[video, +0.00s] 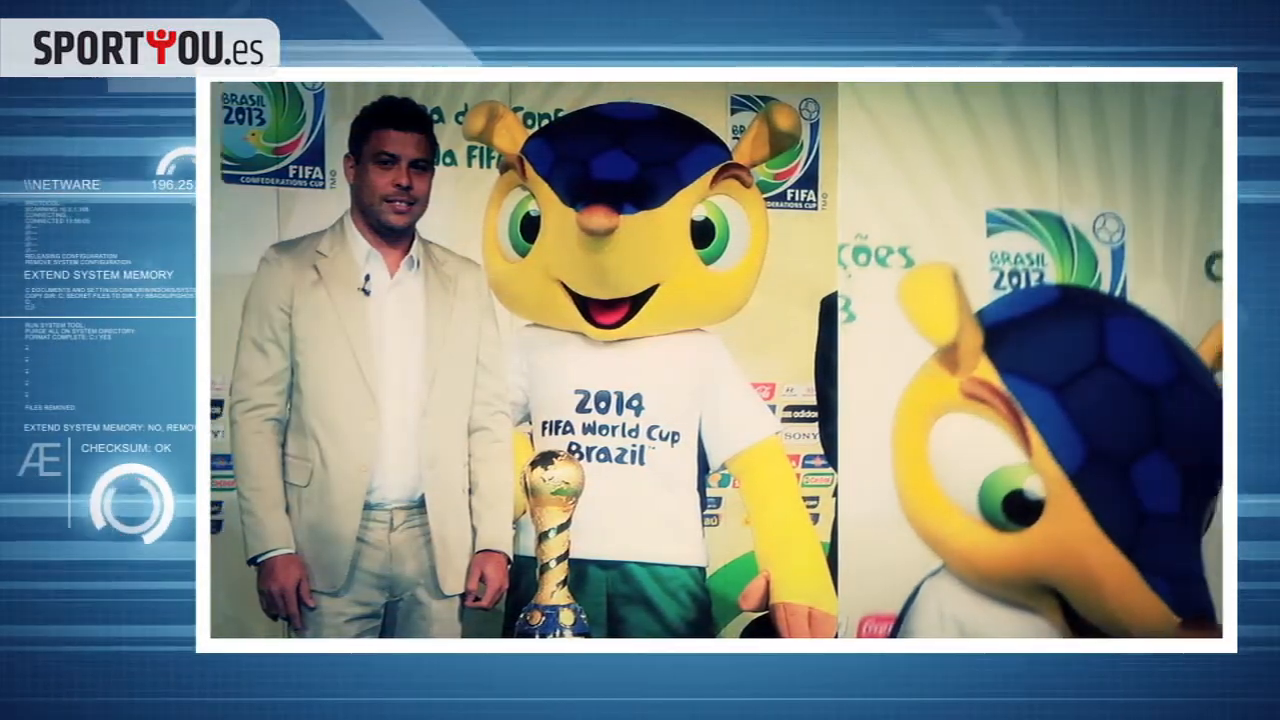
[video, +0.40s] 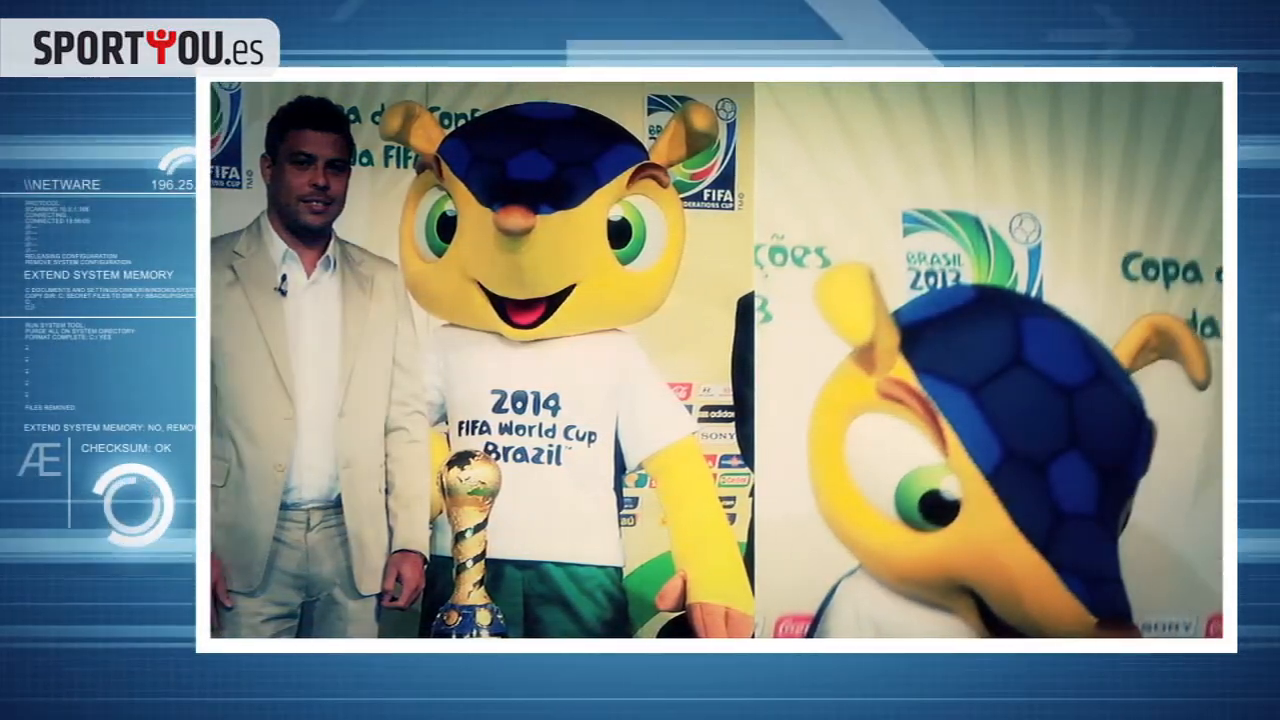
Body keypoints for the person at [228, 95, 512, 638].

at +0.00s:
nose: (405, 181)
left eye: (420, 166)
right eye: (386, 162)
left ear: (433, 178)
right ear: (351, 170)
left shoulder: (466, 282)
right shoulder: (288, 270)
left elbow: (490, 422)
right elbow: (255, 413)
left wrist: (492, 542)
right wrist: (273, 548)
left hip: (439, 544)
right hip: (332, 545)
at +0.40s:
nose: (321, 180)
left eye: (337, 166)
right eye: (302, 162)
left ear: (350, 178)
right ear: (267, 169)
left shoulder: (386, 284)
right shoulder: (205, 275)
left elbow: (406, 422)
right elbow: (179, 416)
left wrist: (409, 542)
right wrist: (195, 543)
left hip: (357, 542)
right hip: (248, 543)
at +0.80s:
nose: (237, 180)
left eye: (253, 166)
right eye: (220, 162)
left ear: (267, 177)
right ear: (190, 169)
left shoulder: (300, 284)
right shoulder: (149, 274)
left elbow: (322, 422)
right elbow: (112, 405)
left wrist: (325, 542)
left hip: (264, 538)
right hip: (164, 537)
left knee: (261, 711)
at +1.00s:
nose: (200, 182)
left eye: (211, 166)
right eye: (188, 166)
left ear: (226, 175)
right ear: (162, 174)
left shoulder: (256, 283)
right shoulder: (111, 279)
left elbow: (281, 422)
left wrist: (285, 542)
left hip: (224, 548)